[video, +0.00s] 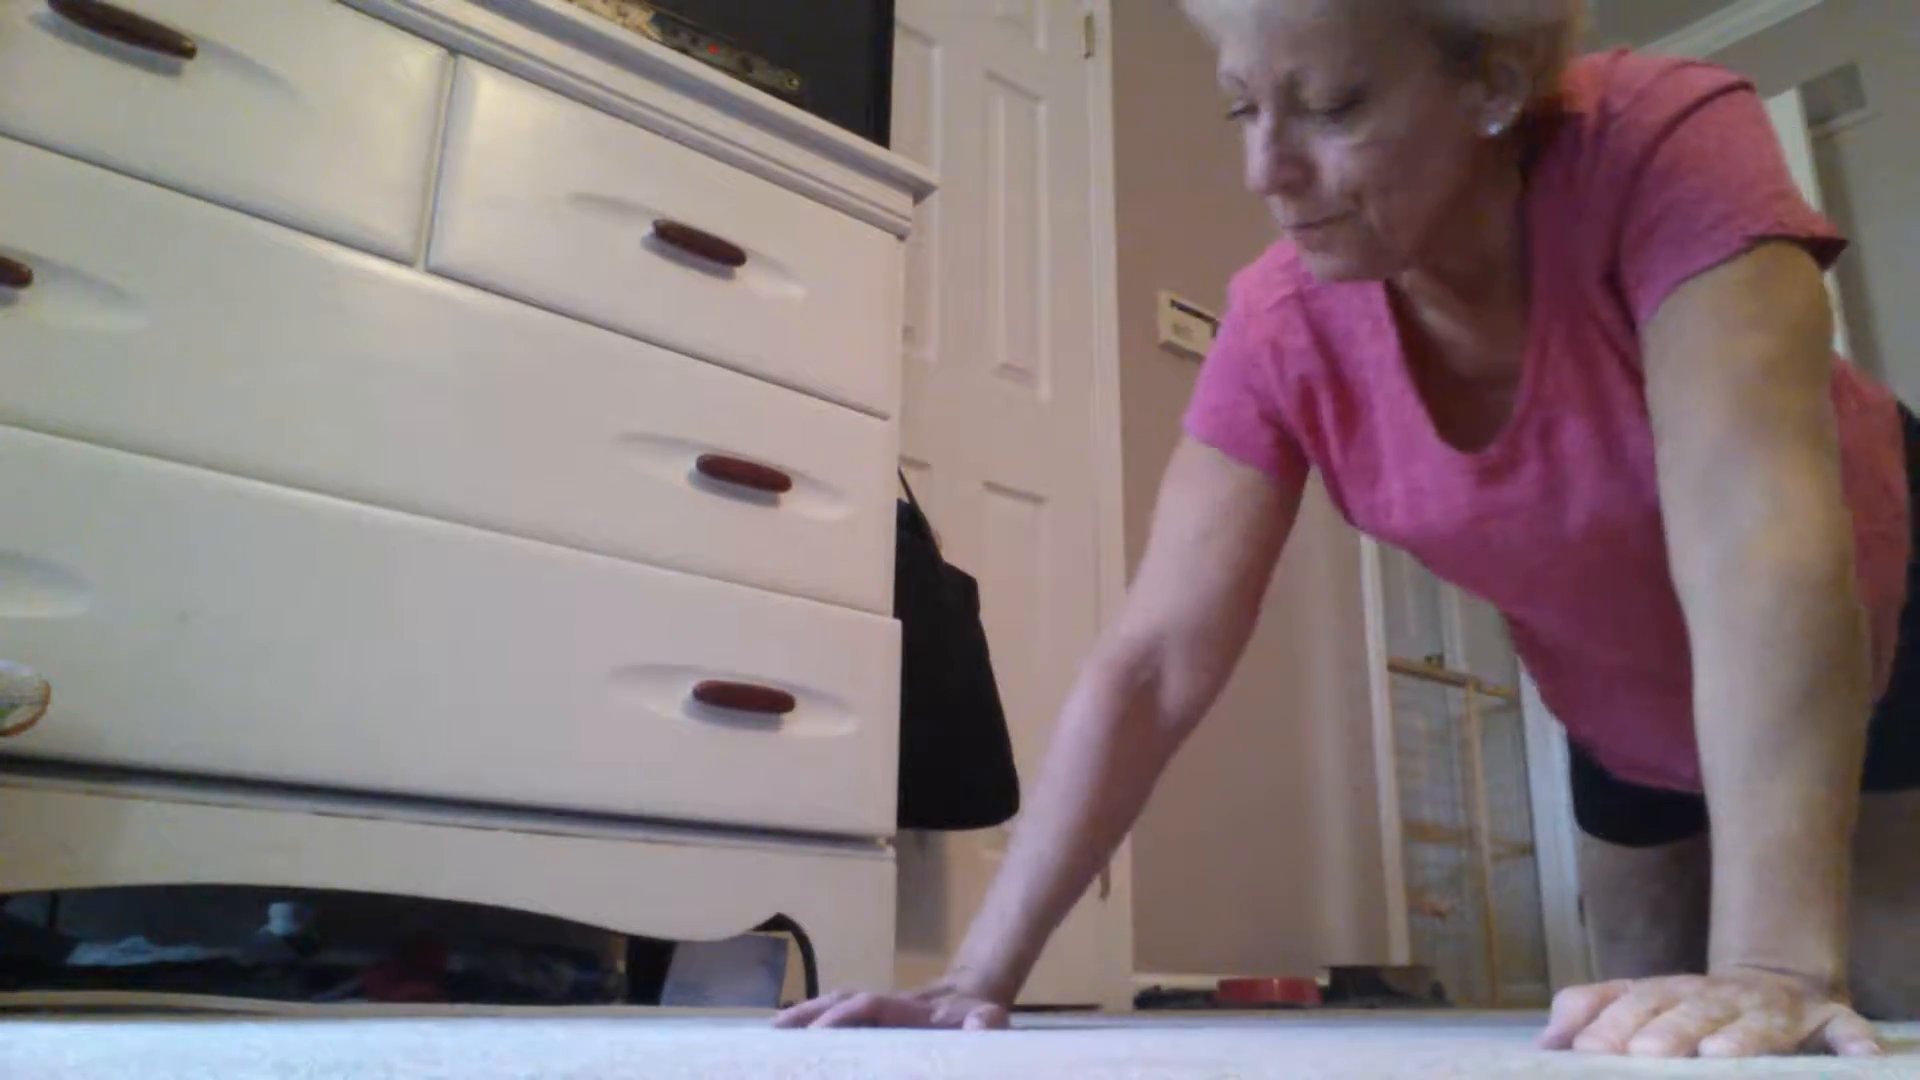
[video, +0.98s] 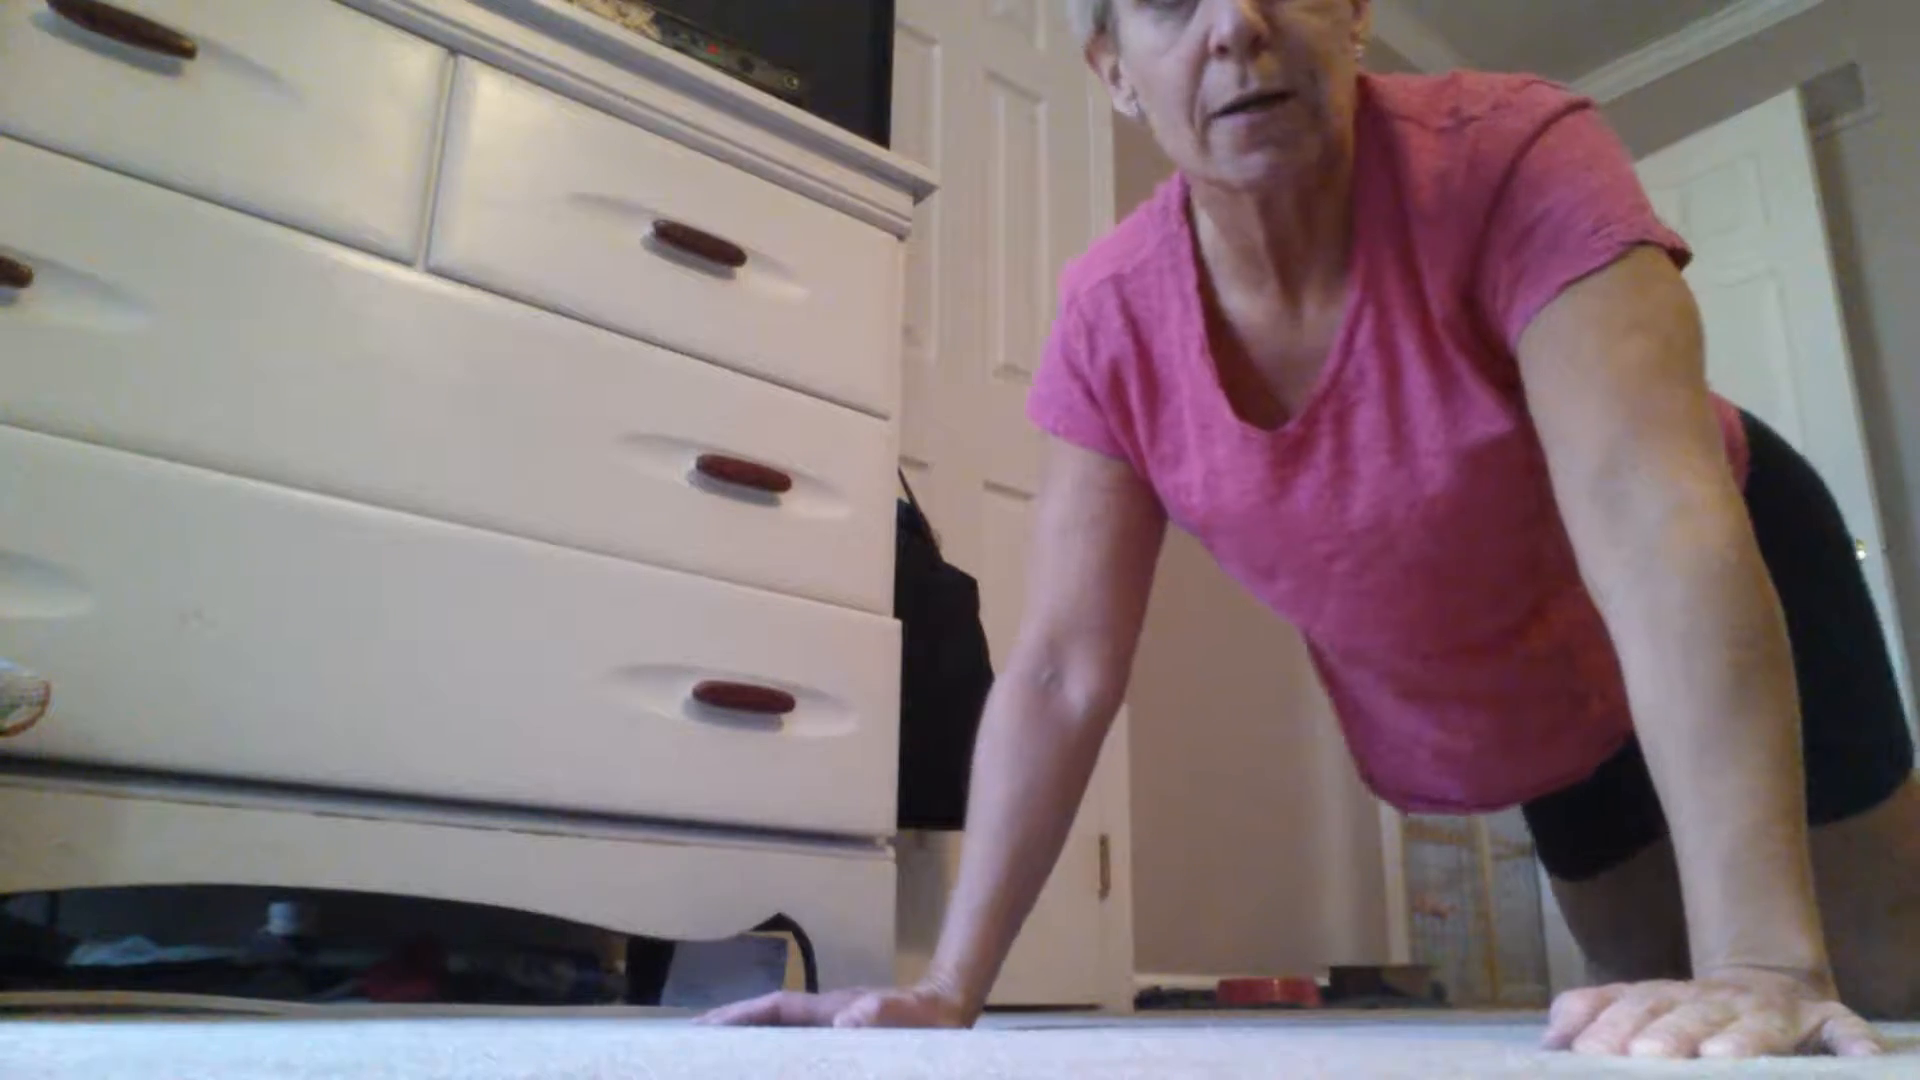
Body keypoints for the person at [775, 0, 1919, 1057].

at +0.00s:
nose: (1272, 165)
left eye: (1328, 105)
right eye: (1248, 109)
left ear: (1494, 81)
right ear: (1225, 95)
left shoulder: (1670, 143)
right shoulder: (1286, 315)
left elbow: (1767, 537)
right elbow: (1153, 666)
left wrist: (1775, 973)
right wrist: (976, 980)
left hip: (1866, 658)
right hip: (1633, 716)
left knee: (1858, 1039)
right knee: (1644, 1044)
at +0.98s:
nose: (1238, 32)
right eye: (1177, 7)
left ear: (1355, 25)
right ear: (1113, 75)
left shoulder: (1515, 158)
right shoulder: (1115, 317)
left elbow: (1663, 527)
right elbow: (1060, 670)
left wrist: (1762, 966)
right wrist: (952, 979)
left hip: (1722, 599)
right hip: (1532, 722)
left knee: (1865, 998)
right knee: (1661, 1027)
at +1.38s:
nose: (1220, 113)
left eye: (1261, 54)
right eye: (1158, 77)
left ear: (1340, 71)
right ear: (1105, 133)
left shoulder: (1486, 215)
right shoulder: (1095, 333)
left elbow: (1643, 557)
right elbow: (1045, 680)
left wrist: (1756, 972)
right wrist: (951, 979)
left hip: (1650, 577)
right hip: (1480, 684)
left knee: (1841, 932)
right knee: (1644, 975)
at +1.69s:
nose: (1206, 126)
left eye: (1249, 66)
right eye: (1146, 90)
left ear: (1332, 84)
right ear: (1101, 150)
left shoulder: (1476, 217)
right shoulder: (1104, 340)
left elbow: (1654, 566)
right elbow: (1053, 682)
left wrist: (1756, 968)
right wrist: (953, 980)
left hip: (1663, 554)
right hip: (1489, 647)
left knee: (1734, 948)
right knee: (1614, 965)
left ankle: (1836, 916)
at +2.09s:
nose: (1044, 193)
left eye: (1084, 121)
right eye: (1009, 142)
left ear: (1237, 80)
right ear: (990, 146)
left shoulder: (1444, 192)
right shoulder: (1084, 333)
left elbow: (1640, 541)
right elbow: (1045, 675)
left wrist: (1752, 973)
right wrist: (950, 983)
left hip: (1678, 548)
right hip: (1501, 665)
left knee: (1777, 956)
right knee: (1645, 999)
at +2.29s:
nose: (1039, 200)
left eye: (1078, 128)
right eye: (1007, 149)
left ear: (1238, 76)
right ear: (991, 151)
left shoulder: (1458, 181)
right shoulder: (1096, 339)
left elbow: (1677, 540)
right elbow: (1051, 679)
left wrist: (1754, 971)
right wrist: (950, 984)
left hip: (1684, 562)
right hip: (1513, 670)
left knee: (1769, 956)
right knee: (1649, 989)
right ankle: (1888, 924)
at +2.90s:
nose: (1099, 195)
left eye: (1145, 120)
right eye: (1057, 139)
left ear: (1300, 58)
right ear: (1029, 122)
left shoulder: (1510, 153)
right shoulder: (1120, 317)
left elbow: (1706, 516)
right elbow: (1060, 672)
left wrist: (1767, 966)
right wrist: (950, 983)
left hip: (1694, 583)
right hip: (1529, 694)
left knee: (1784, 920)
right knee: (1691, 843)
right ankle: (1867, 925)